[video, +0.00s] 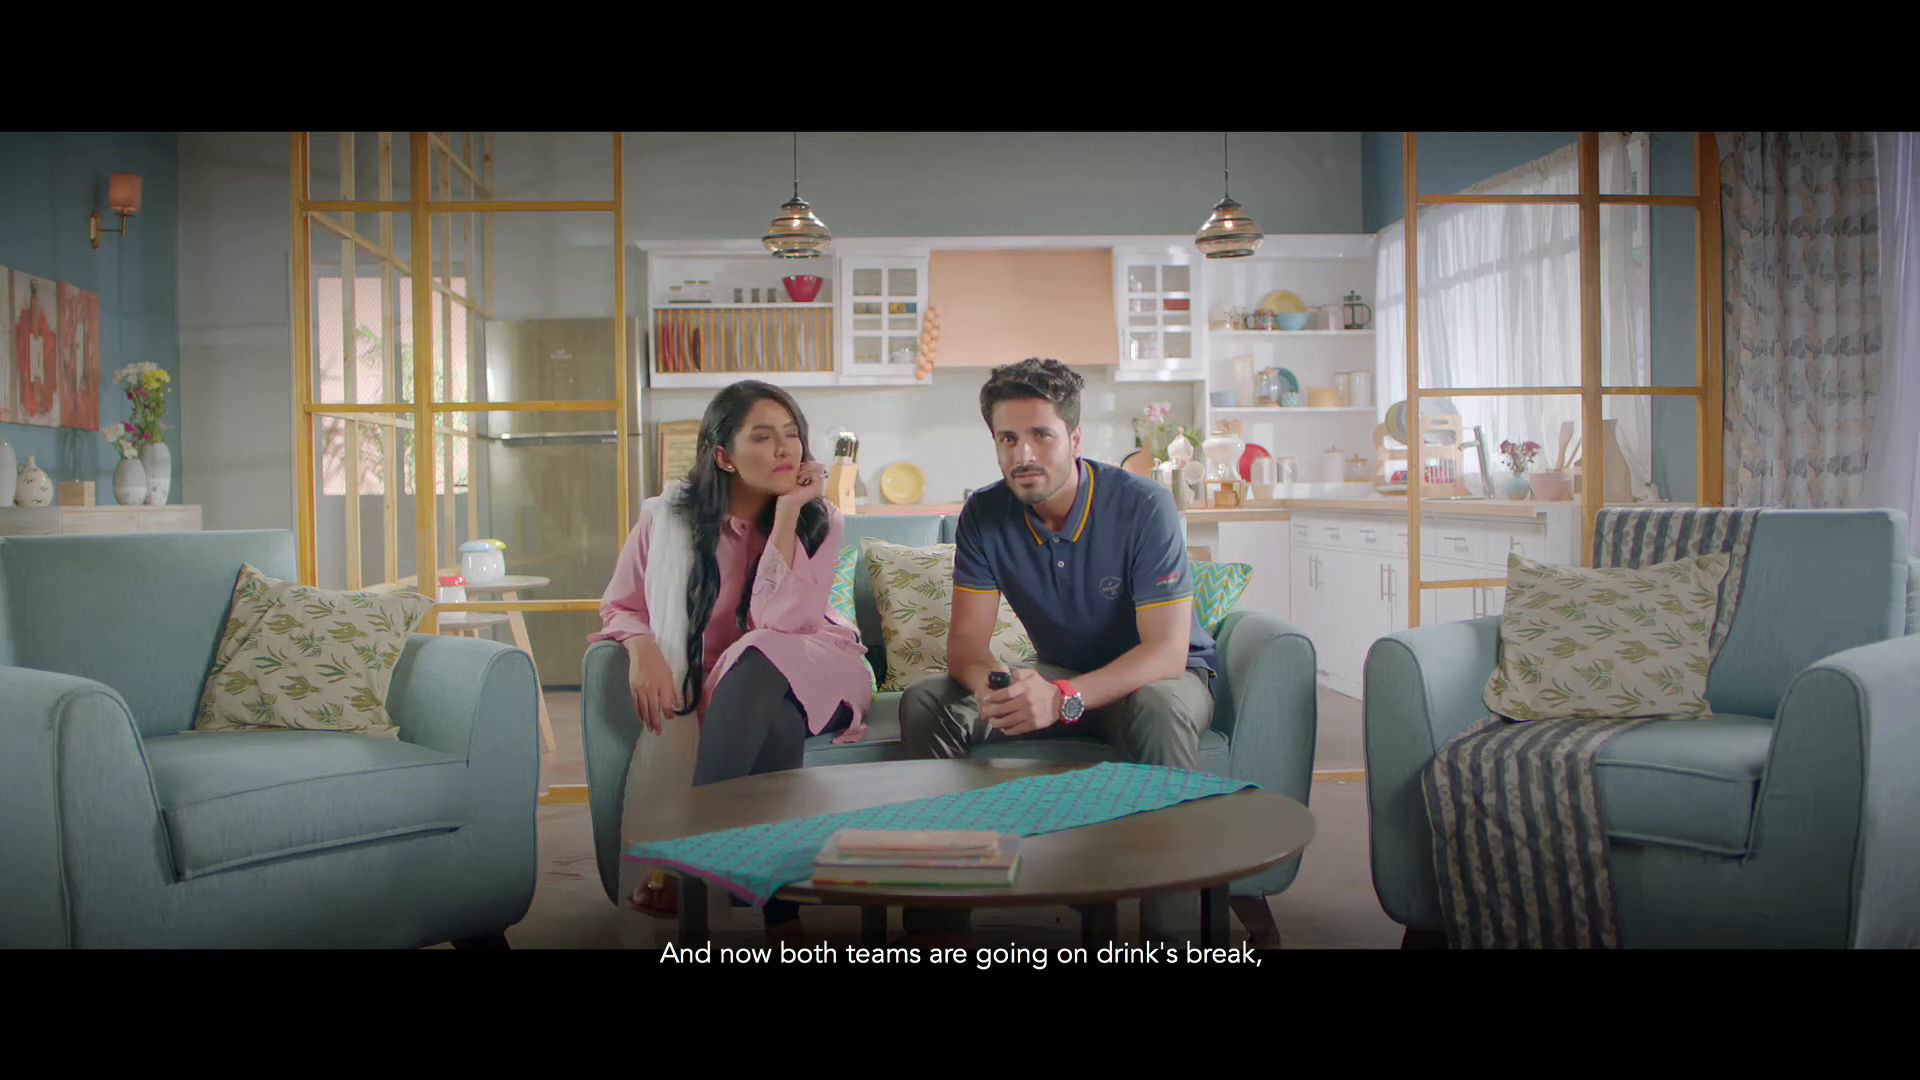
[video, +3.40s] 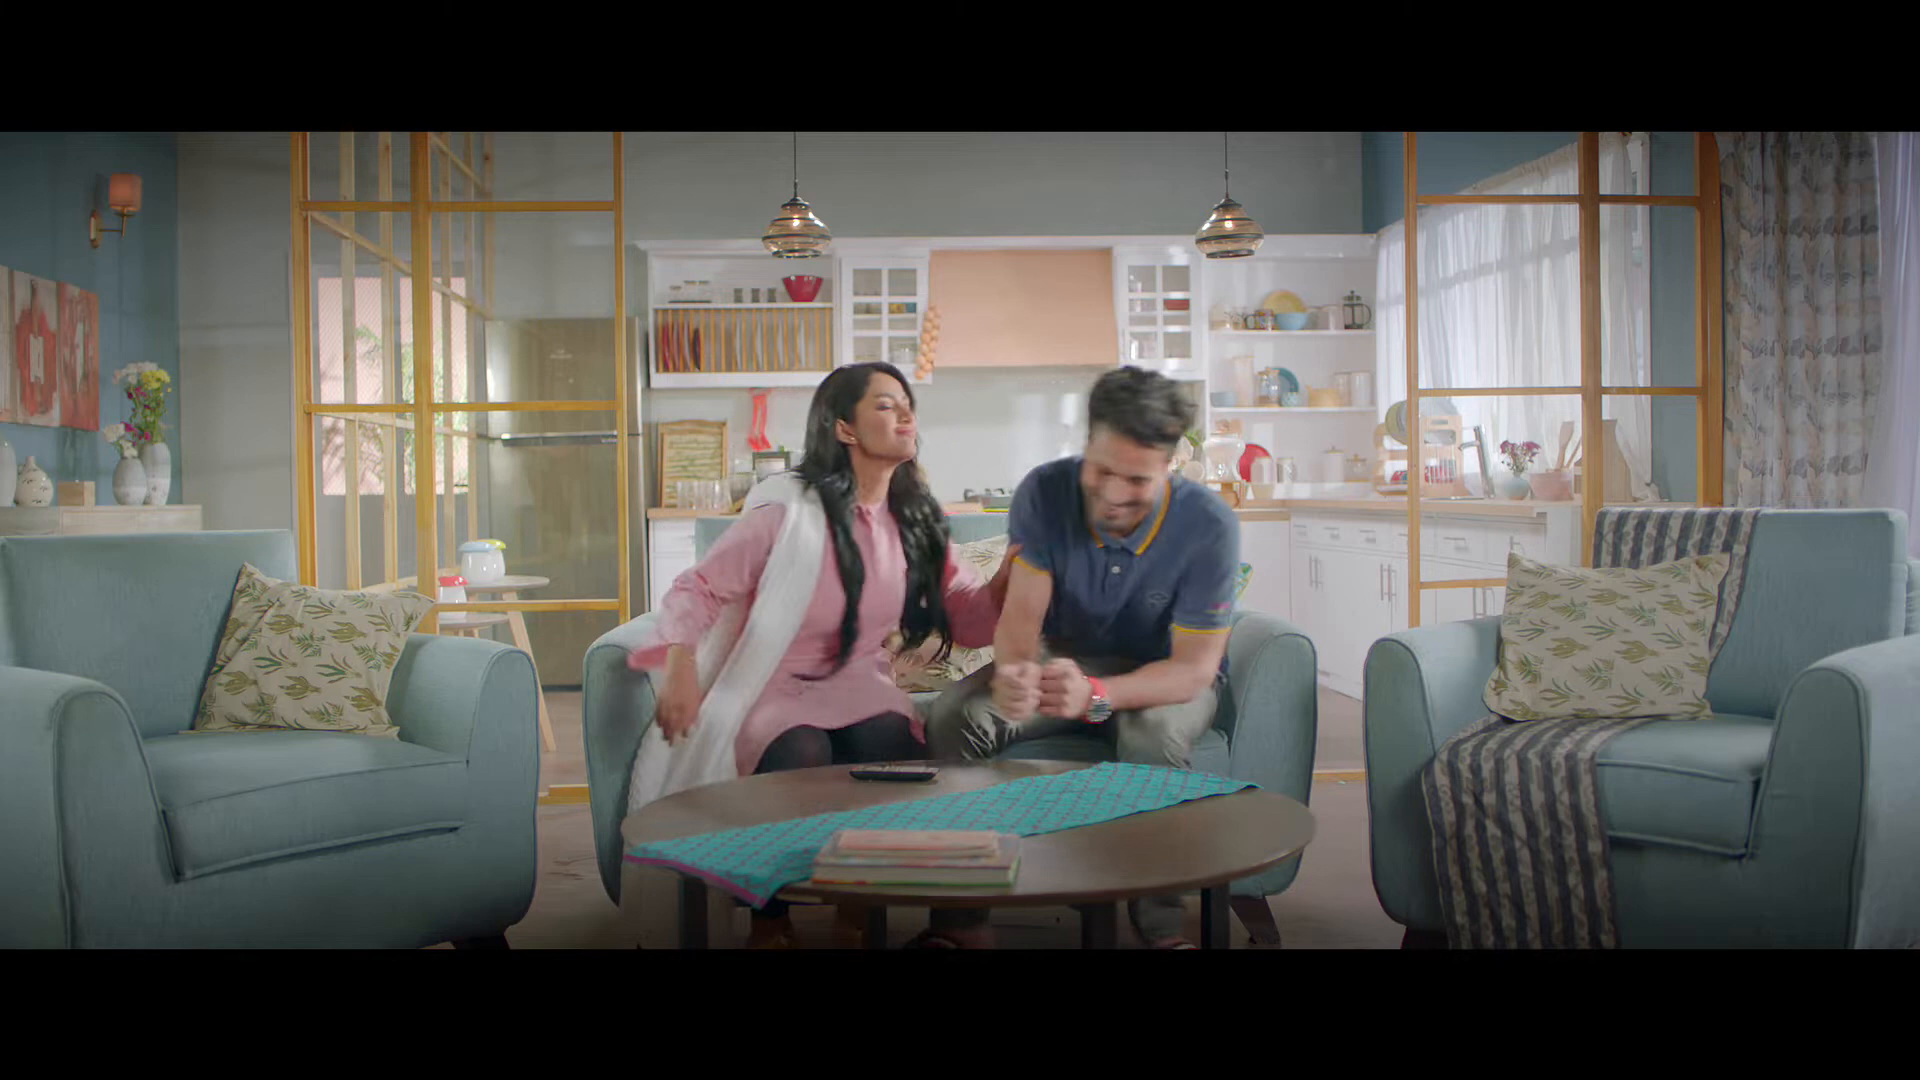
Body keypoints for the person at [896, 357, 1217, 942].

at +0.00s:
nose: (1023, 454)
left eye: (1040, 436)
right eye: (1008, 438)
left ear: (1075, 440)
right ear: (994, 443)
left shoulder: (1143, 508)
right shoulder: (985, 515)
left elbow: (1167, 654)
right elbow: (966, 647)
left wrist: (1064, 698)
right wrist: (996, 686)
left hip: (1157, 676)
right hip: (1059, 678)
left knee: (1157, 709)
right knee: (926, 702)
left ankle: (1171, 922)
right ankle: (942, 897)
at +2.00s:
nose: (1007, 458)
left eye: (1026, 448)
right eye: (1009, 439)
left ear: (1081, 459)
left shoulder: (1148, 508)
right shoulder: (986, 512)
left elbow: (1161, 653)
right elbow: (969, 643)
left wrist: (1063, 708)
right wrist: (987, 695)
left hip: (1154, 678)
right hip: (1060, 674)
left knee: (1159, 709)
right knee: (927, 705)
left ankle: (1170, 930)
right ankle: (940, 904)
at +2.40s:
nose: (1003, 458)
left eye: (1018, 449)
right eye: (1007, 441)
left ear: (1072, 463)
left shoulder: (1154, 509)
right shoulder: (992, 514)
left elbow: (1166, 654)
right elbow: (969, 642)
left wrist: (1052, 693)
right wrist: (913, 651)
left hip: (1157, 677)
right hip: (1061, 674)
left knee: (1155, 711)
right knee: (929, 703)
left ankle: (1166, 928)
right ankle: (940, 917)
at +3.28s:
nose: (1049, 486)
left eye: (1069, 474)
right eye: (1040, 465)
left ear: (1116, 459)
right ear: (1035, 442)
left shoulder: (1174, 508)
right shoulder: (1015, 503)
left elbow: (1169, 653)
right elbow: (1000, 619)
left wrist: (1057, 683)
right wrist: (970, 675)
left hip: (1154, 680)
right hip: (1058, 680)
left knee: (1153, 708)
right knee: (936, 705)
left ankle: (1172, 929)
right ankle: (949, 915)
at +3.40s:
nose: (1117, 495)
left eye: (1138, 479)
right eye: (1103, 471)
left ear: (1169, 467)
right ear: (1085, 448)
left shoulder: (1209, 525)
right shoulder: (1044, 492)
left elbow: (1195, 670)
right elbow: (1021, 612)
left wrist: (1096, 693)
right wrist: (1011, 676)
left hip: (1164, 673)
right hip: (1066, 658)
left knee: (1152, 731)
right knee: (954, 715)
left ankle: (1162, 922)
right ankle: (962, 916)